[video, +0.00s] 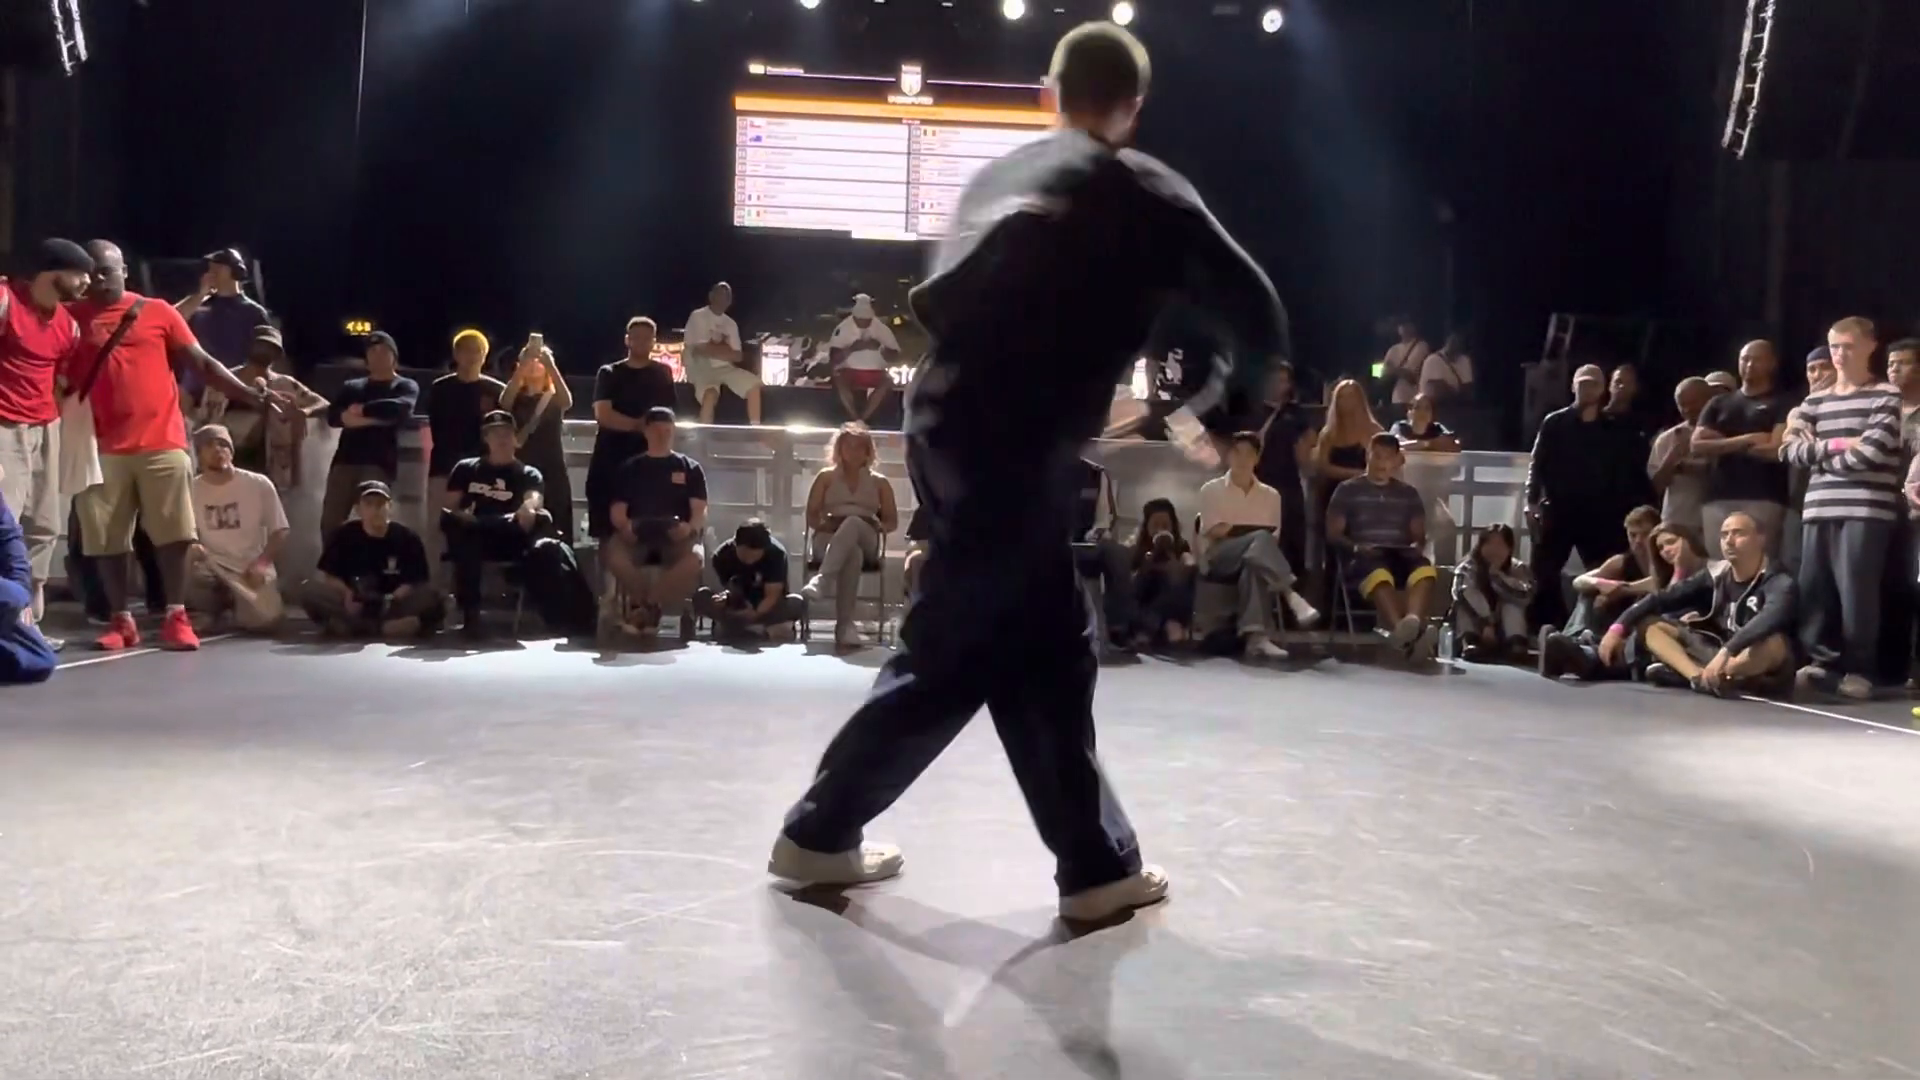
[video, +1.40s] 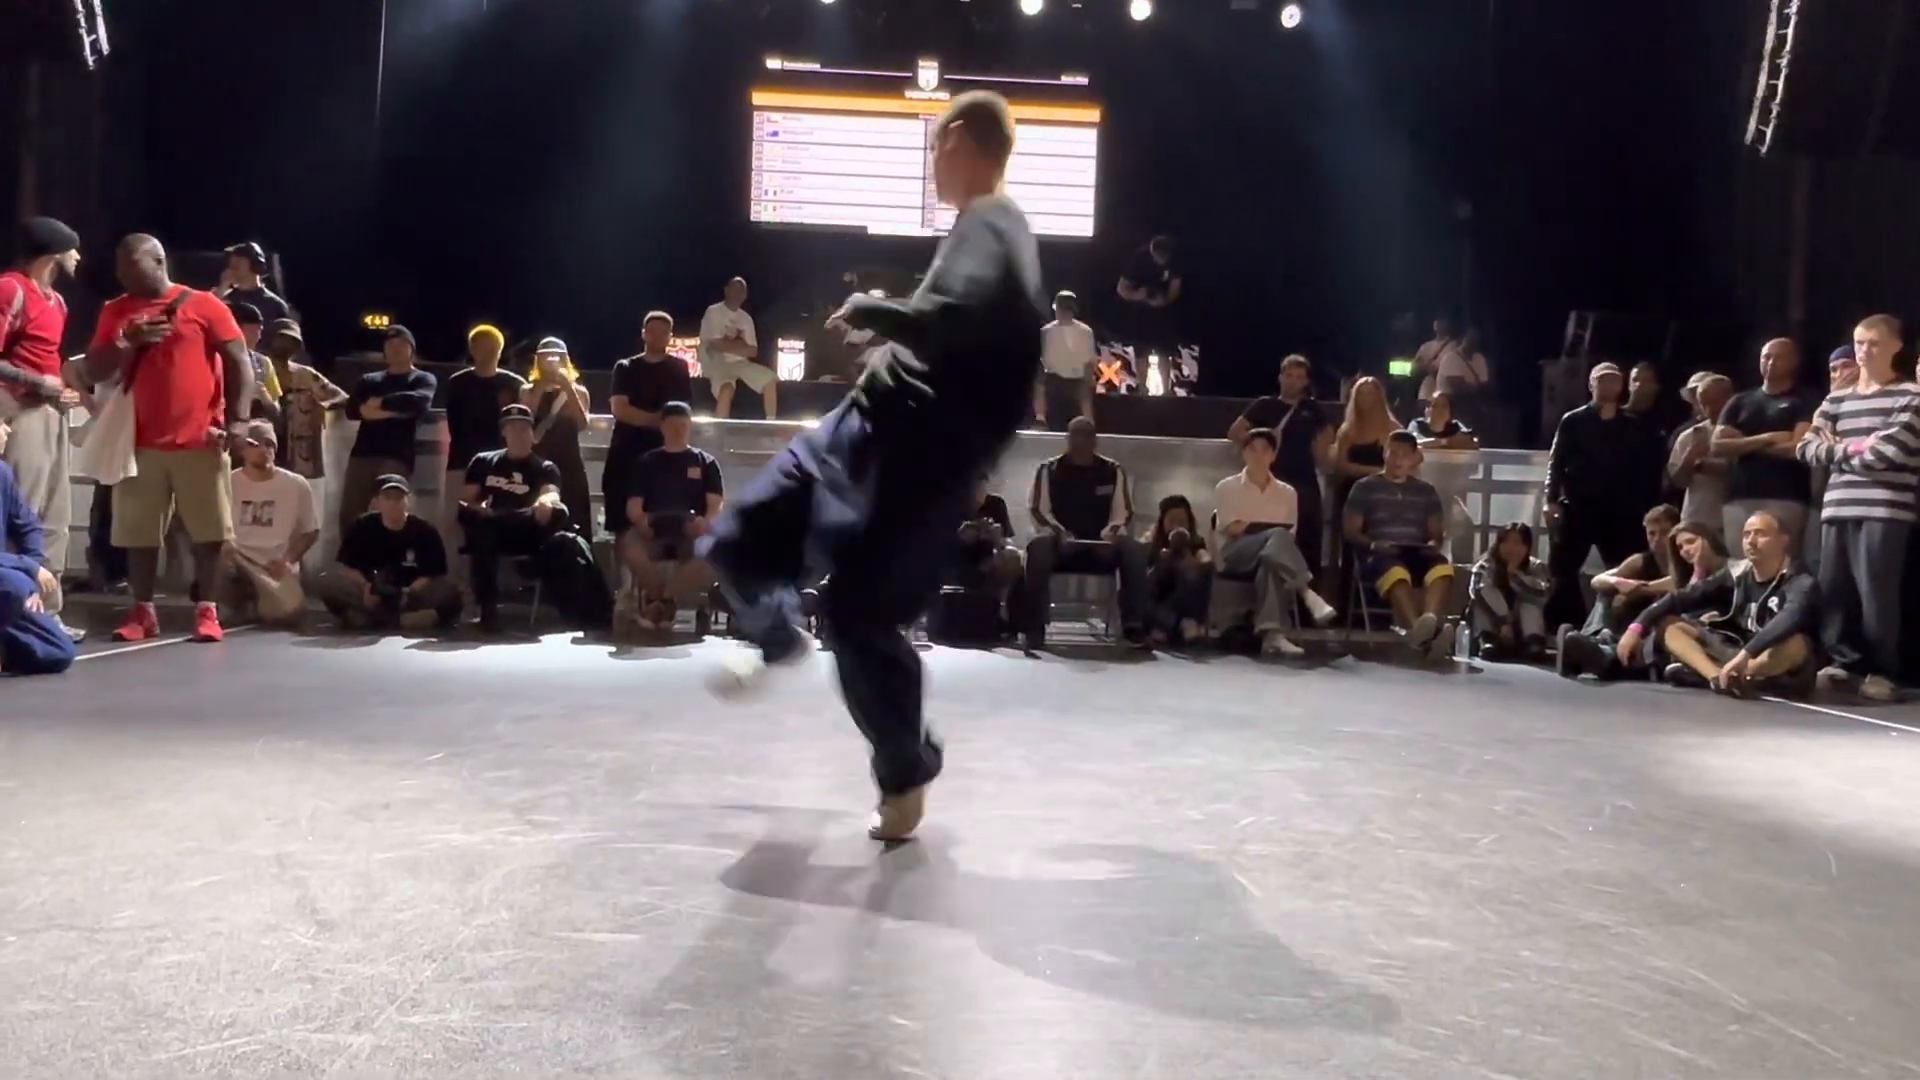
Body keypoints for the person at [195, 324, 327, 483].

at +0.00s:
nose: (264, 352)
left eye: (270, 348)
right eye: (260, 345)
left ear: (277, 354)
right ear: (251, 347)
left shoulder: (285, 383)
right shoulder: (227, 378)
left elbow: (323, 403)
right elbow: (207, 416)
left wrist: (305, 412)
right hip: (227, 450)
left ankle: (295, 473)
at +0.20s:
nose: (266, 355)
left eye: (272, 351)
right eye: (262, 348)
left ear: (278, 356)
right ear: (252, 350)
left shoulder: (286, 385)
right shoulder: (227, 381)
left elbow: (324, 404)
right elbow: (209, 420)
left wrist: (309, 413)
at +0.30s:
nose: (267, 356)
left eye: (273, 352)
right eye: (263, 349)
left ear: (279, 357)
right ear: (253, 350)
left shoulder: (289, 387)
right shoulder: (229, 383)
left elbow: (327, 406)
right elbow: (207, 423)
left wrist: (311, 415)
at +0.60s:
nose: (272, 353)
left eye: (278, 349)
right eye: (268, 346)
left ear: (283, 354)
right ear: (258, 347)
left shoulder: (291, 383)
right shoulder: (234, 379)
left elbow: (330, 403)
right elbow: (218, 414)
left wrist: (314, 411)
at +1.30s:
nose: (283, 346)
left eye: (288, 342)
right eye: (279, 340)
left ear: (294, 347)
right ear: (270, 341)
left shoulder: (302, 375)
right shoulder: (254, 372)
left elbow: (340, 397)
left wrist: (322, 405)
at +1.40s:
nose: (285, 345)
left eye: (290, 340)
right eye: (281, 339)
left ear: (296, 345)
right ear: (271, 341)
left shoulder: (306, 374)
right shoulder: (259, 373)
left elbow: (343, 397)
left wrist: (325, 404)